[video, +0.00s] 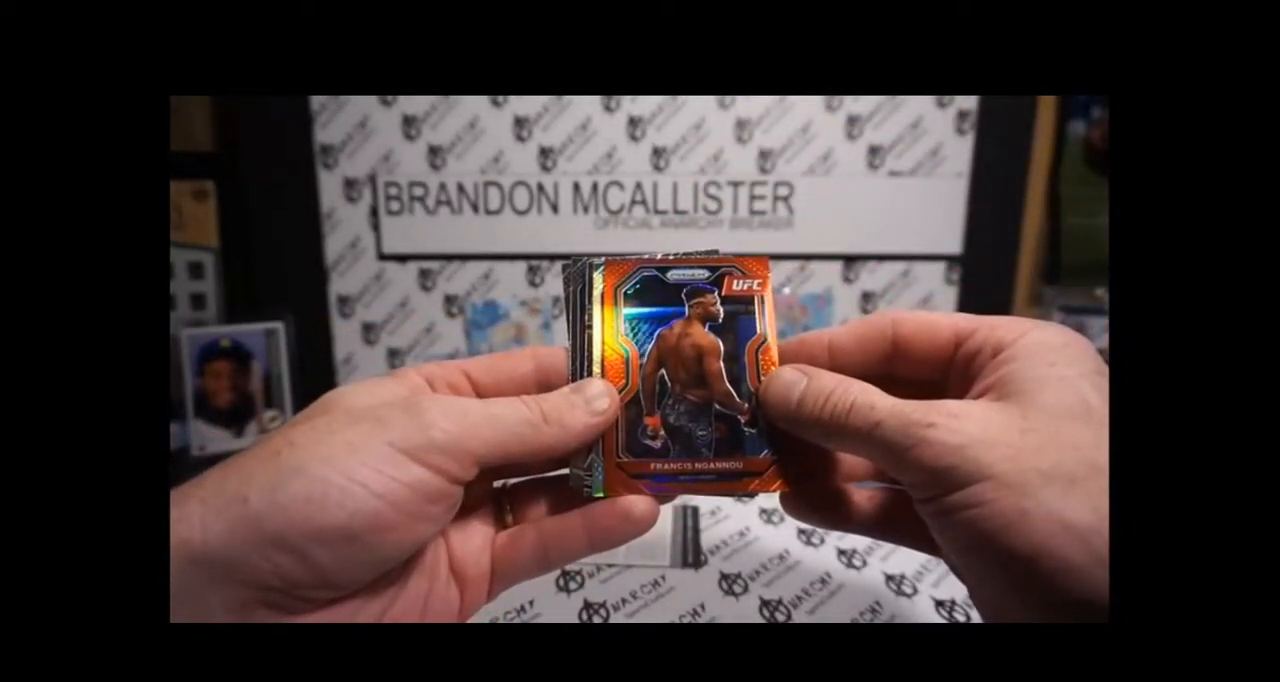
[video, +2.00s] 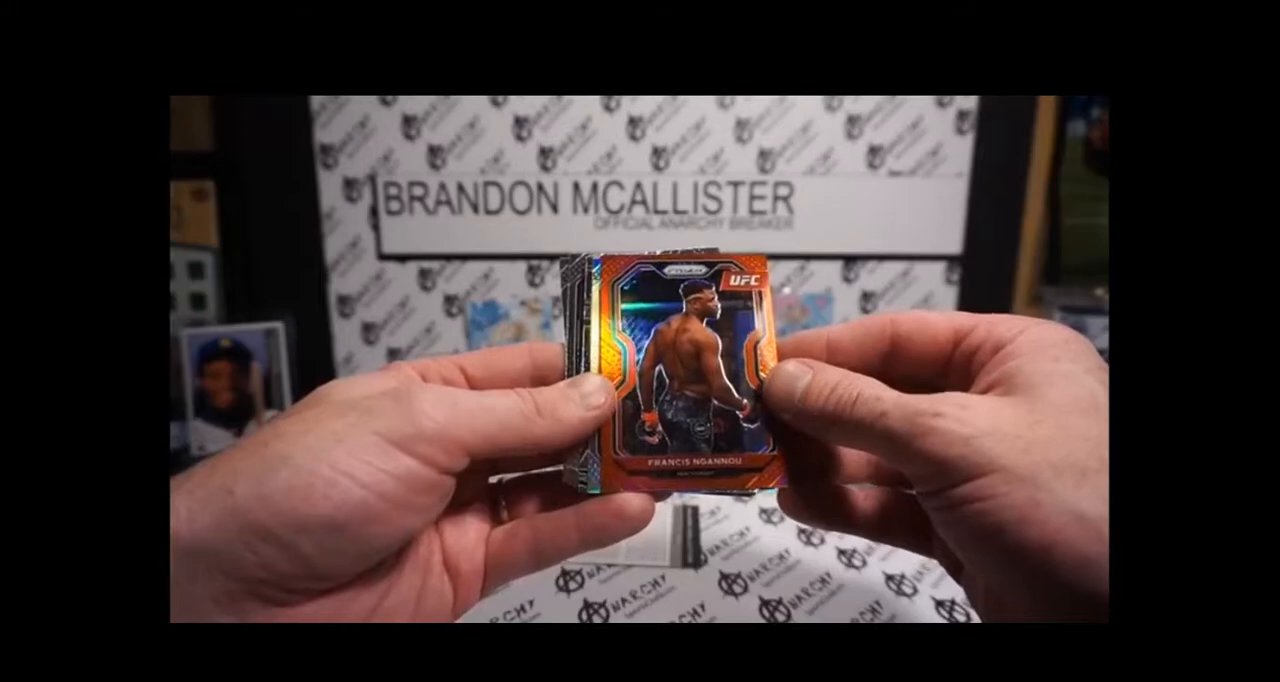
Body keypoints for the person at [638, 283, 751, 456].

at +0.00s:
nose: (720, 309)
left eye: (719, 303)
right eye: (714, 304)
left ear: (696, 308)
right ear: (697, 308)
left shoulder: (665, 334)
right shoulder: (709, 342)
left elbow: (649, 373)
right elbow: (720, 391)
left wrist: (650, 413)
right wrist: (743, 409)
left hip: (671, 408)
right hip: (697, 414)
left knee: (678, 471)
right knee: (699, 474)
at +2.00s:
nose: (718, 304)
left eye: (716, 298)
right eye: (712, 299)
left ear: (693, 304)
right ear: (695, 303)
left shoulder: (662, 329)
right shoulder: (707, 337)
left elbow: (646, 369)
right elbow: (719, 387)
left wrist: (648, 410)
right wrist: (742, 405)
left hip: (669, 403)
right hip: (695, 410)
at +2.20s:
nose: (718, 305)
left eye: (716, 301)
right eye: (712, 302)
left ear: (693, 307)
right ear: (694, 307)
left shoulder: (664, 334)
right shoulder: (707, 339)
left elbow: (648, 375)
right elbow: (721, 388)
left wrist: (652, 415)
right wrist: (745, 407)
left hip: (672, 407)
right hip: (699, 412)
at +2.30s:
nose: (735, 288)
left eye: (732, 283)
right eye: (728, 284)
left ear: (711, 292)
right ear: (712, 291)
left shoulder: (685, 323)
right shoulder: (731, 321)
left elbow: (674, 364)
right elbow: (747, 366)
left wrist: (680, 401)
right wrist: (773, 384)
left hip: (704, 390)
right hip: (731, 391)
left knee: (716, 452)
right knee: (741, 452)